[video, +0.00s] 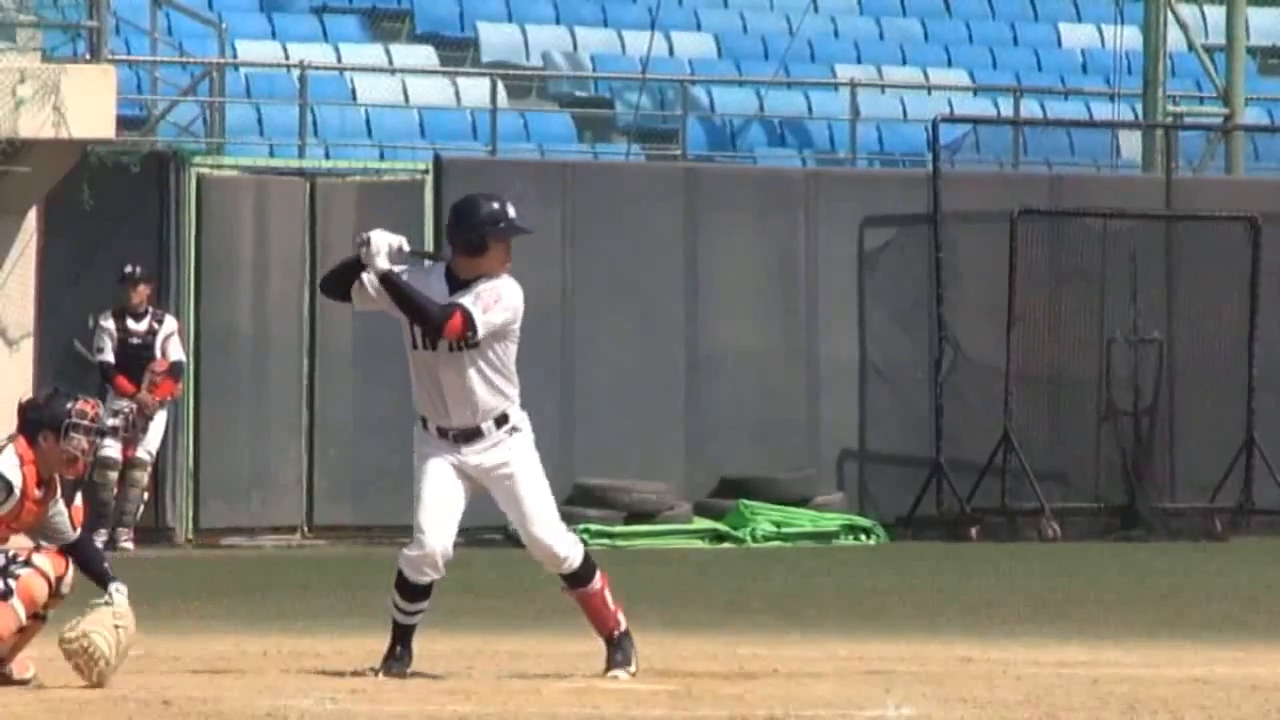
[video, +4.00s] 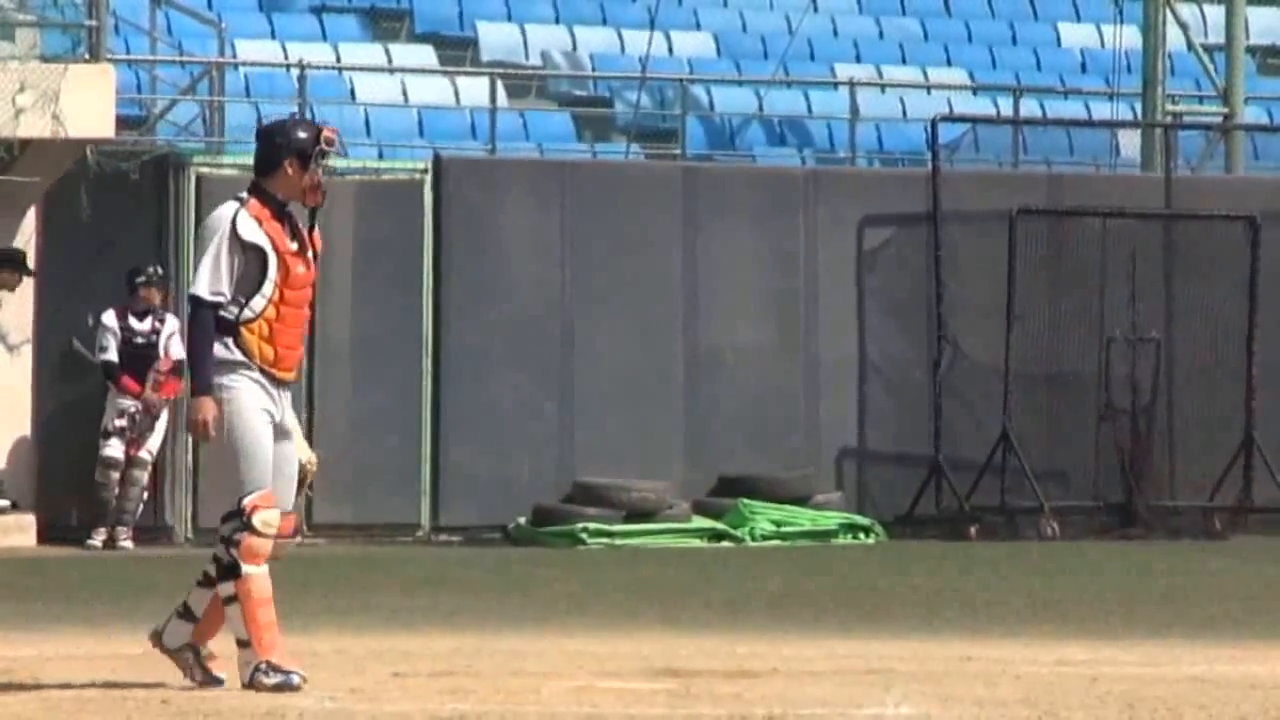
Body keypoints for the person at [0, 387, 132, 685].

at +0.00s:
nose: (83, 446)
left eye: (87, 437)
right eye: (75, 436)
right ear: (45, 438)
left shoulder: (45, 480)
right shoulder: (8, 477)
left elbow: (73, 540)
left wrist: (110, 583)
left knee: (57, 569)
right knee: (33, 578)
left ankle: (4, 662)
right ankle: (4, 659)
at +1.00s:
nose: (97, 412)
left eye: (98, 403)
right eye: (87, 404)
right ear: (59, 410)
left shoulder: (80, 464)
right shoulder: (14, 446)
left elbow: (129, 518)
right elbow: (1, 495)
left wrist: (217, 519)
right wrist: (17, 499)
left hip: (11, 594)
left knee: (120, 662)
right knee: (34, 553)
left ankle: (13, 667)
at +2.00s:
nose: (112, 224)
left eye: (112, 214)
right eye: (106, 213)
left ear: (82, 215)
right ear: (82, 214)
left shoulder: (62, 265)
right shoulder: (36, 256)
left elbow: (32, 353)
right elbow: (3, 335)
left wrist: (55, 418)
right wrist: (13, 406)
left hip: (16, 418)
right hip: (3, 419)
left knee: (20, 535)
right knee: (55, 516)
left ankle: (17, 651)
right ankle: (35, 656)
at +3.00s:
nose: (198, 184)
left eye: (198, 173)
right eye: (193, 173)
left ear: (166, 175)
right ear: (168, 174)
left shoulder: (160, 233)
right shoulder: (117, 227)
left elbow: (153, 311)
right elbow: (110, 317)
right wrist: (134, 397)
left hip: (144, 391)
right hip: (96, 388)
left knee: (160, 526)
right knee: (88, 527)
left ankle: (159, 660)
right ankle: (32, 657)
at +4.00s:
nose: (320, 176)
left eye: (320, 165)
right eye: (312, 165)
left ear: (289, 167)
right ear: (286, 165)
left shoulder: (295, 227)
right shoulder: (235, 219)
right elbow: (202, 304)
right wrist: (200, 387)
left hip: (278, 385)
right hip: (236, 379)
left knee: (279, 522)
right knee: (254, 520)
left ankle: (186, 630)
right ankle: (263, 659)